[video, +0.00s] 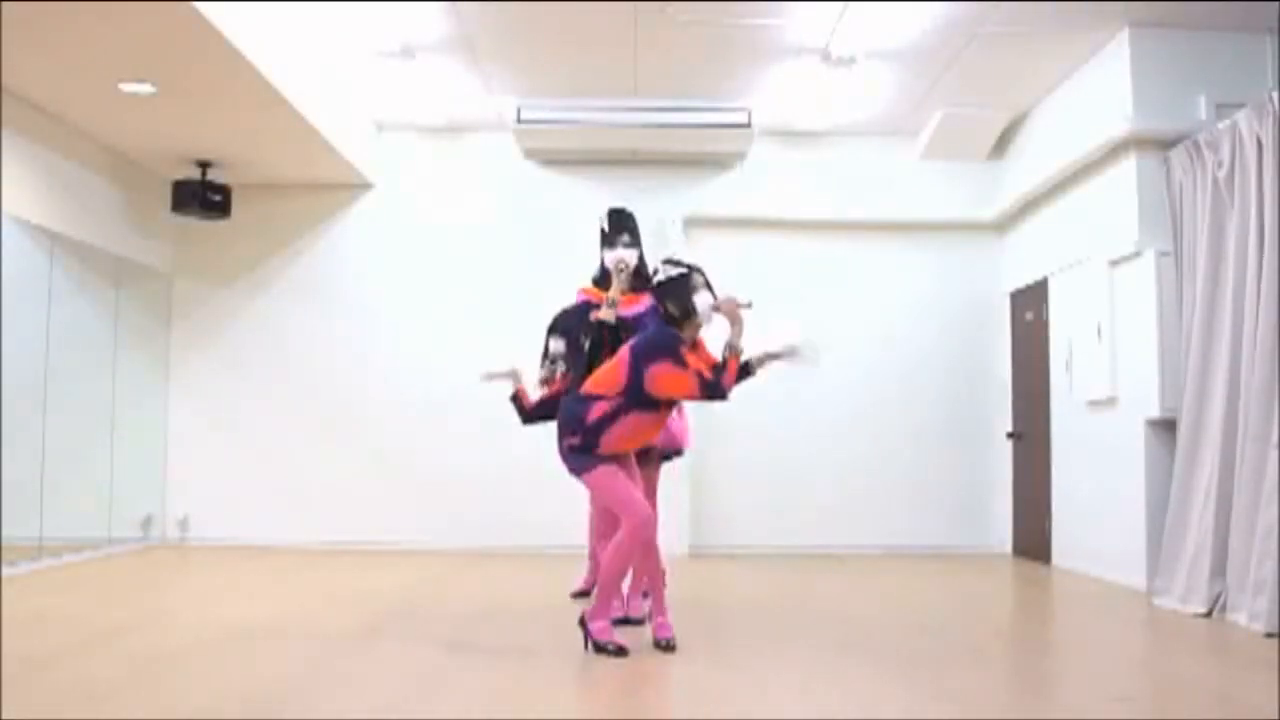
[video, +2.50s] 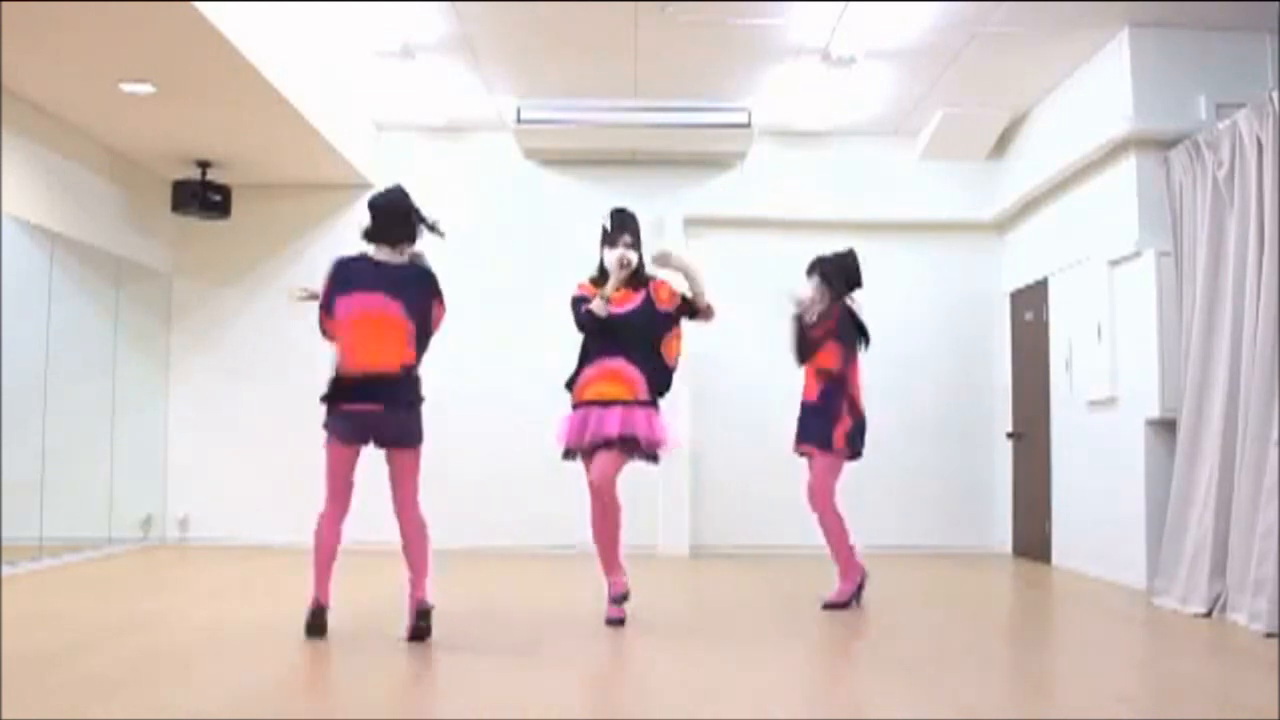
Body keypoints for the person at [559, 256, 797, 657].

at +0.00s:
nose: (710, 301)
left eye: (708, 292)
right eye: (701, 294)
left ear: (678, 305)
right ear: (682, 303)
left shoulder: (685, 344)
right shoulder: (657, 350)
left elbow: (720, 381)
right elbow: (715, 391)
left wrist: (768, 359)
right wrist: (734, 335)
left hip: (621, 440)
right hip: (585, 441)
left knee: (643, 524)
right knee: (637, 517)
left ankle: (658, 613)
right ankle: (597, 615)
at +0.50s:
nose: (637, 229)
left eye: (646, 222)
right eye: (631, 219)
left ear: (662, 229)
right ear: (618, 221)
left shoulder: (675, 278)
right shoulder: (591, 271)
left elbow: (687, 299)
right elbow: (554, 304)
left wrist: (665, 263)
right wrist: (579, 340)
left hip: (657, 406)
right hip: (601, 404)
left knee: (646, 509)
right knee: (605, 501)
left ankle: (677, 608)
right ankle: (612, 610)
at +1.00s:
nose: (545, 280)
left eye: (557, 275)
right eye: (547, 271)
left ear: (576, 284)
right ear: (546, 276)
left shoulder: (590, 323)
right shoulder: (564, 323)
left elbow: (562, 373)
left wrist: (518, 344)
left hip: (647, 431)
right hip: (614, 430)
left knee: (605, 514)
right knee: (606, 519)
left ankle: (643, 613)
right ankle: (614, 614)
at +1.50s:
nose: (502, 249)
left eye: (511, 240)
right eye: (496, 240)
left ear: (526, 243)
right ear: (489, 245)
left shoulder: (549, 288)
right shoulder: (485, 294)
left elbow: (576, 346)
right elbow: (468, 349)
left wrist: (553, 376)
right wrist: (475, 300)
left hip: (535, 426)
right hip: (484, 424)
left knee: (537, 529)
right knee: (442, 518)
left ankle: (610, 604)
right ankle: (413, 607)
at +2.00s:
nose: (433, 233)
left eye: (441, 226)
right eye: (426, 225)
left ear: (454, 231)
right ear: (414, 229)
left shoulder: (473, 282)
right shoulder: (398, 276)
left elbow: (515, 298)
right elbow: (396, 323)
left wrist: (544, 307)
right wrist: (422, 277)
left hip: (439, 411)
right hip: (392, 406)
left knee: (377, 495)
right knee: (406, 507)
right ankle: (426, 602)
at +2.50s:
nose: (409, 235)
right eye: (413, 228)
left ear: (370, 226)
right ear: (413, 230)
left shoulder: (343, 270)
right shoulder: (422, 278)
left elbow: (328, 327)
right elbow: (431, 326)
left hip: (348, 397)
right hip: (400, 400)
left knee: (334, 505)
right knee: (408, 506)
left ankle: (319, 602)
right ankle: (420, 601)